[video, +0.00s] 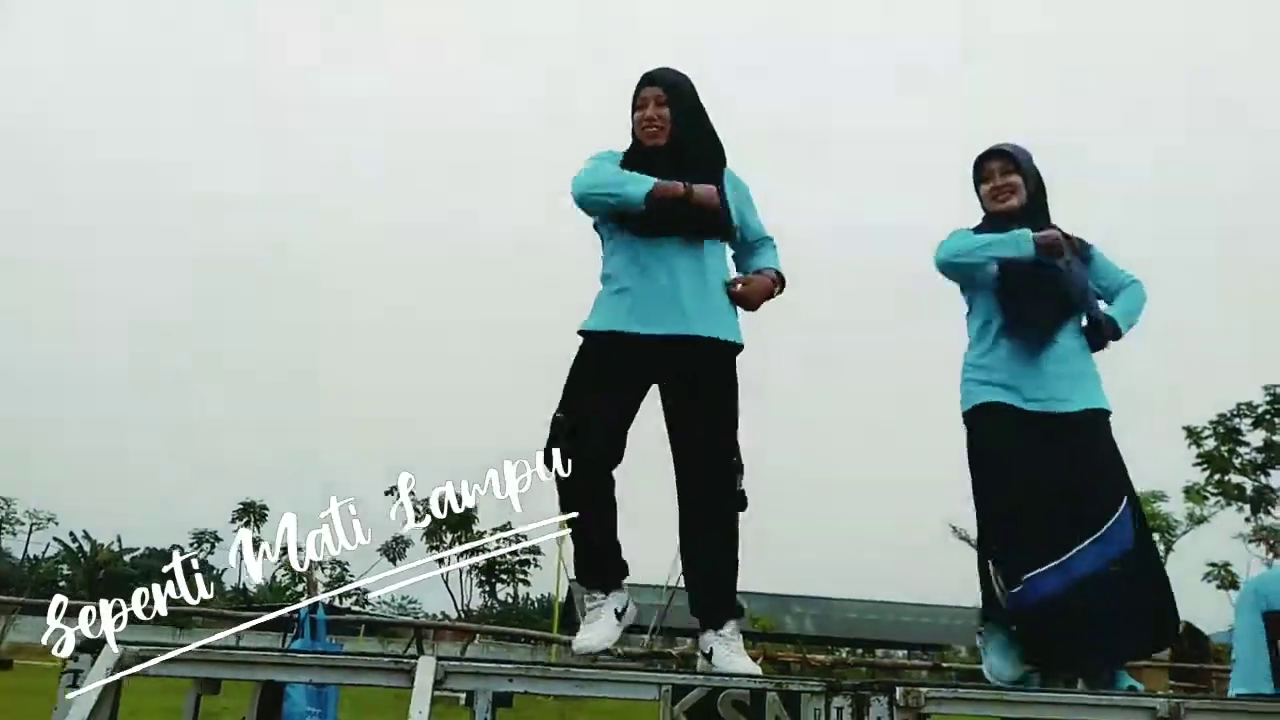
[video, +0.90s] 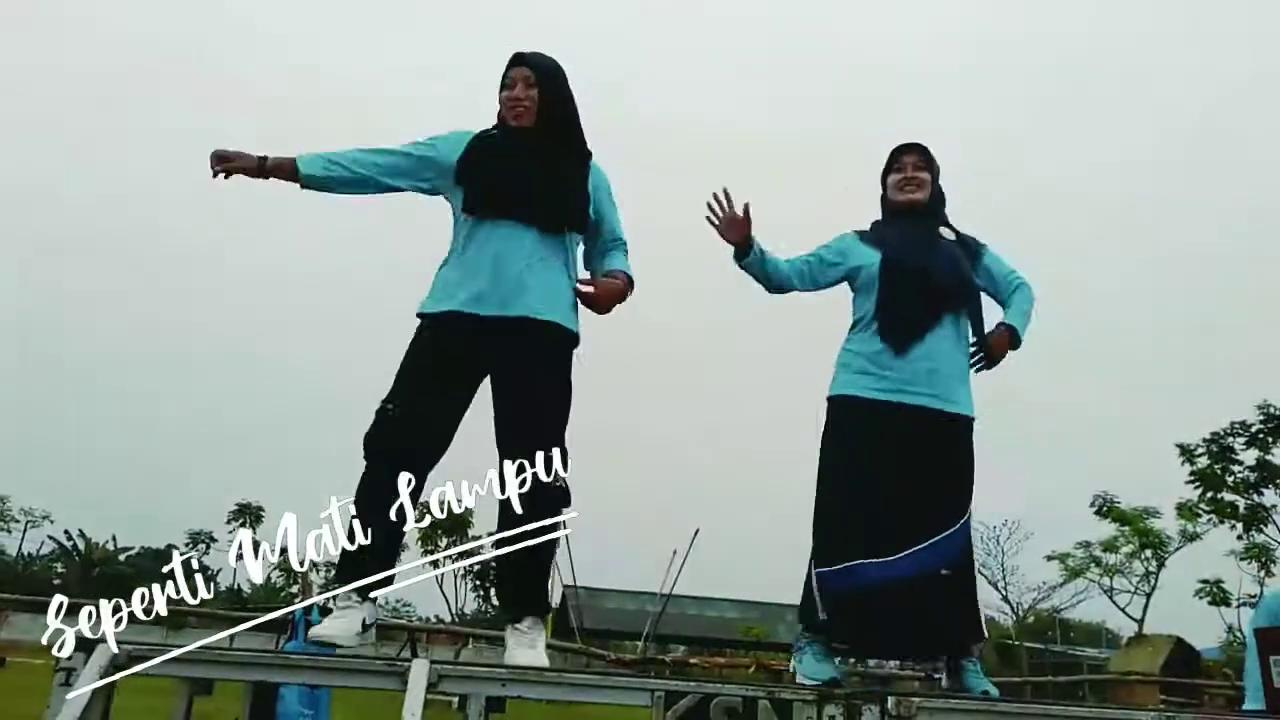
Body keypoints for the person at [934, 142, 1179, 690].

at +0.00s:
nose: (999, 183)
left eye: (1009, 173)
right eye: (989, 178)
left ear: (1033, 181)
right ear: (979, 193)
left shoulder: (1068, 246)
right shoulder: (974, 242)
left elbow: (1131, 287)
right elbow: (947, 256)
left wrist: (1113, 322)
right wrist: (1031, 243)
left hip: (1073, 394)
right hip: (999, 394)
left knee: (1099, 520)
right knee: (1011, 515)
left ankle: (1103, 657)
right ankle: (1004, 632)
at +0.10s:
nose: (990, 192)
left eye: (1000, 182)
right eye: (980, 188)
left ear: (1025, 189)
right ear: (972, 205)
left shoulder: (1066, 255)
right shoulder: (963, 259)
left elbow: (1120, 300)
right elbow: (889, 269)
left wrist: (1101, 338)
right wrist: (959, 256)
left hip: (1057, 409)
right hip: (978, 404)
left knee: (1074, 539)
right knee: (958, 528)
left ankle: (1088, 670)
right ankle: (930, 649)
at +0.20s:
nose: (976, 191)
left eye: (986, 181)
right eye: (966, 188)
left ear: (1013, 190)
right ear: (959, 205)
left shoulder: (1053, 257)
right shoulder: (946, 252)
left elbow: (1104, 298)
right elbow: (859, 270)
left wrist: (1088, 341)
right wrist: (893, 263)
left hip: (1045, 412)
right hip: (964, 407)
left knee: (1065, 538)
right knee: (932, 530)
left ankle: (1087, 673)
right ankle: (895, 651)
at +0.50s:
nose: (939, 186)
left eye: (950, 179)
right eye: (930, 180)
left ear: (969, 194)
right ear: (916, 196)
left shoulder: (997, 258)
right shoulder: (896, 249)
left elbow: (1052, 312)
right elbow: (848, 275)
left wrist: (1020, 339)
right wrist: (915, 246)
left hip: (978, 409)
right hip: (900, 404)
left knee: (998, 535)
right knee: (897, 531)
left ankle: (1011, 665)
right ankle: (894, 660)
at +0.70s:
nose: (925, 196)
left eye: (935, 188)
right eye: (915, 190)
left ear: (955, 204)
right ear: (901, 207)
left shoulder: (986, 268)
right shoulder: (886, 260)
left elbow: (1047, 314)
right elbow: (844, 288)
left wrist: (1010, 344)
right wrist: (916, 253)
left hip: (963, 418)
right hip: (884, 412)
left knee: (965, 538)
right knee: (880, 533)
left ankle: (964, 666)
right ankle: (881, 665)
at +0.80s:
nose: (915, 188)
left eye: (926, 181)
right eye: (905, 182)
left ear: (944, 196)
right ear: (893, 199)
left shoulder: (973, 260)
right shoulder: (871, 255)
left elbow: (1030, 305)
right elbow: (807, 287)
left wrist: (1001, 340)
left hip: (950, 410)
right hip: (873, 403)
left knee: (953, 531)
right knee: (866, 523)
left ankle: (955, 654)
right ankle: (858, 647)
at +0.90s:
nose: (909, 176)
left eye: (920, 170)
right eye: (899, 170)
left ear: (937, 186)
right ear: (884, 187)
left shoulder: (965, 249)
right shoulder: (860, 244)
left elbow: (1019, 288)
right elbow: (789, 274)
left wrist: (1010, 331)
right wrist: (746, 247)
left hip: (942, 405)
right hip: (863, 398)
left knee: (948, 529)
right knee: (844, 520)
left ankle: (961, 659)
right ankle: (815, 644)